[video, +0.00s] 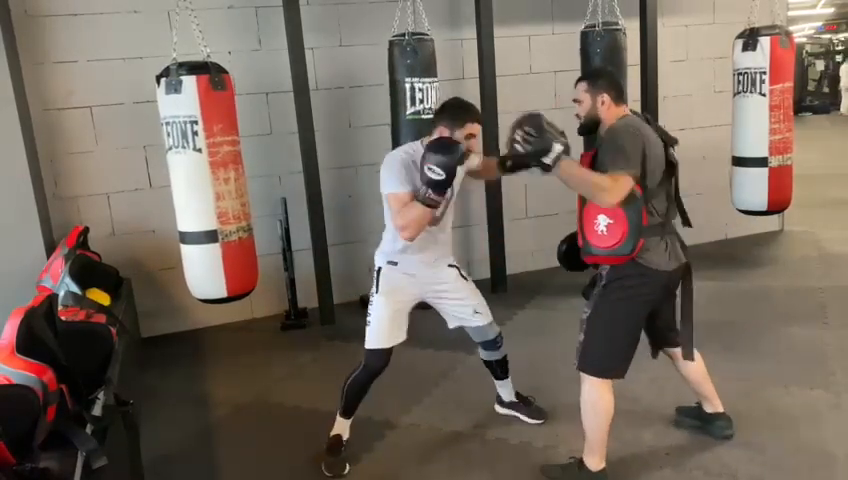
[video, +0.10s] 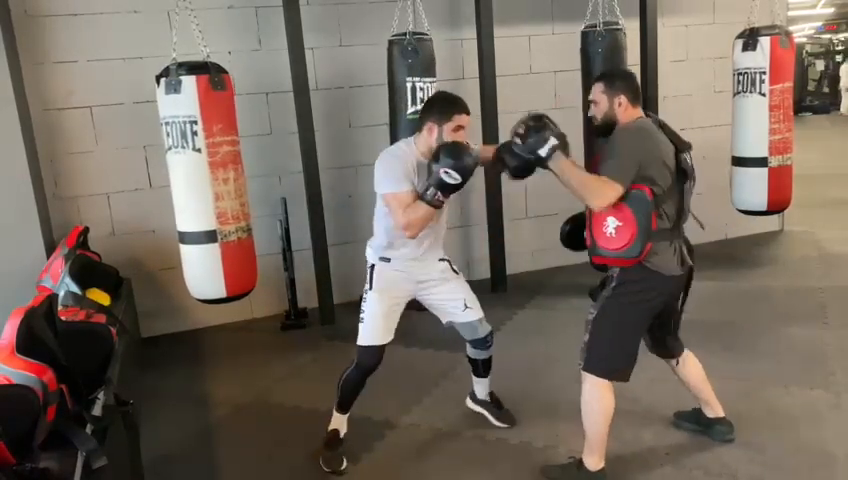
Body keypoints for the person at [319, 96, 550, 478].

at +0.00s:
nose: (475, 147)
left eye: (476, 139)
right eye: (469, 139)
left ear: (462, 140)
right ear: (443, 134)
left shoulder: (458, 157)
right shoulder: (398, 161)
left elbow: (482, 169)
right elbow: (407, 230)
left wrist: (518, 160)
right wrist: (438, 186)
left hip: (442, 267)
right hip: (396, 270)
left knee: (489, 335)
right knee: (376, 360)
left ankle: (508, 399)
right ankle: (339, 433)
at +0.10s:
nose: (464, 137)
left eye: (466, 131)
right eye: (458, 130)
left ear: (450, 133)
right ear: (432, 130)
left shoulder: (451, 152)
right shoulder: (393, 161)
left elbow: (483, 155)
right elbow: (408, 225)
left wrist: (515, 149)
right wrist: (443, 185)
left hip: (434, 263)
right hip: (390, 267)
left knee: (480, 334)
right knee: (368, 358)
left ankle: (481, 396)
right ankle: (336, 428)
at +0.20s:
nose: (454, 139)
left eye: (456, 132)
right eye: (448, 131)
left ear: (442, 133)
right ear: (424, 131)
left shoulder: (441, 162)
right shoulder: (386, 166)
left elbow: (473, 194)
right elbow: (405, 229)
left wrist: (484, 177)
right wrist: (437, 187)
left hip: (427, 273)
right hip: (381, 278)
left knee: (474, 333)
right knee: (352, 365)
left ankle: (484, 397)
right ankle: (318, 423)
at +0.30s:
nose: (437, 144)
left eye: (438, 137)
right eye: (431, 137)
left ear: (412, 138)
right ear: (406, 137)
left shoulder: (419, 169)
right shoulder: (364, 172)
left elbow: (451, 211)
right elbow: (383, 236)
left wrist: (458, 172)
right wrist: (416, 194)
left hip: (404, 277)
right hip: (359, 282)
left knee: (461, 335)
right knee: (326, 372)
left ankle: (474, 397)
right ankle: (278, 430)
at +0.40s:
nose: (408, 164)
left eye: (409, 156)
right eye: (402, 157)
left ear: (380, 159)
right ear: (376, 159)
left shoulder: (402, 186)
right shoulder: (334, 196)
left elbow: (439, 217)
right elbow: (344, 259)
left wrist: (450, 197)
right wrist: (380, 219)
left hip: (386, 298)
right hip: (340, 303)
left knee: (449, 351)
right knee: (298, 390)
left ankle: (445, 402)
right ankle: (239, 455)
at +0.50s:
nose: (402, 171)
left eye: (402, 162)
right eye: (396, 163)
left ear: (377, 167)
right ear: (371, 167)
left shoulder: (391, 196)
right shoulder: (329, 208)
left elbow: (429, 225)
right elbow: (337, 272)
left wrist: (454, 204)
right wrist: (372, 239)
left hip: (377, 308)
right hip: (332, 316)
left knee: (438, 352)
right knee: (292, 400)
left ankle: (442, 411)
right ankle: (236, 455)